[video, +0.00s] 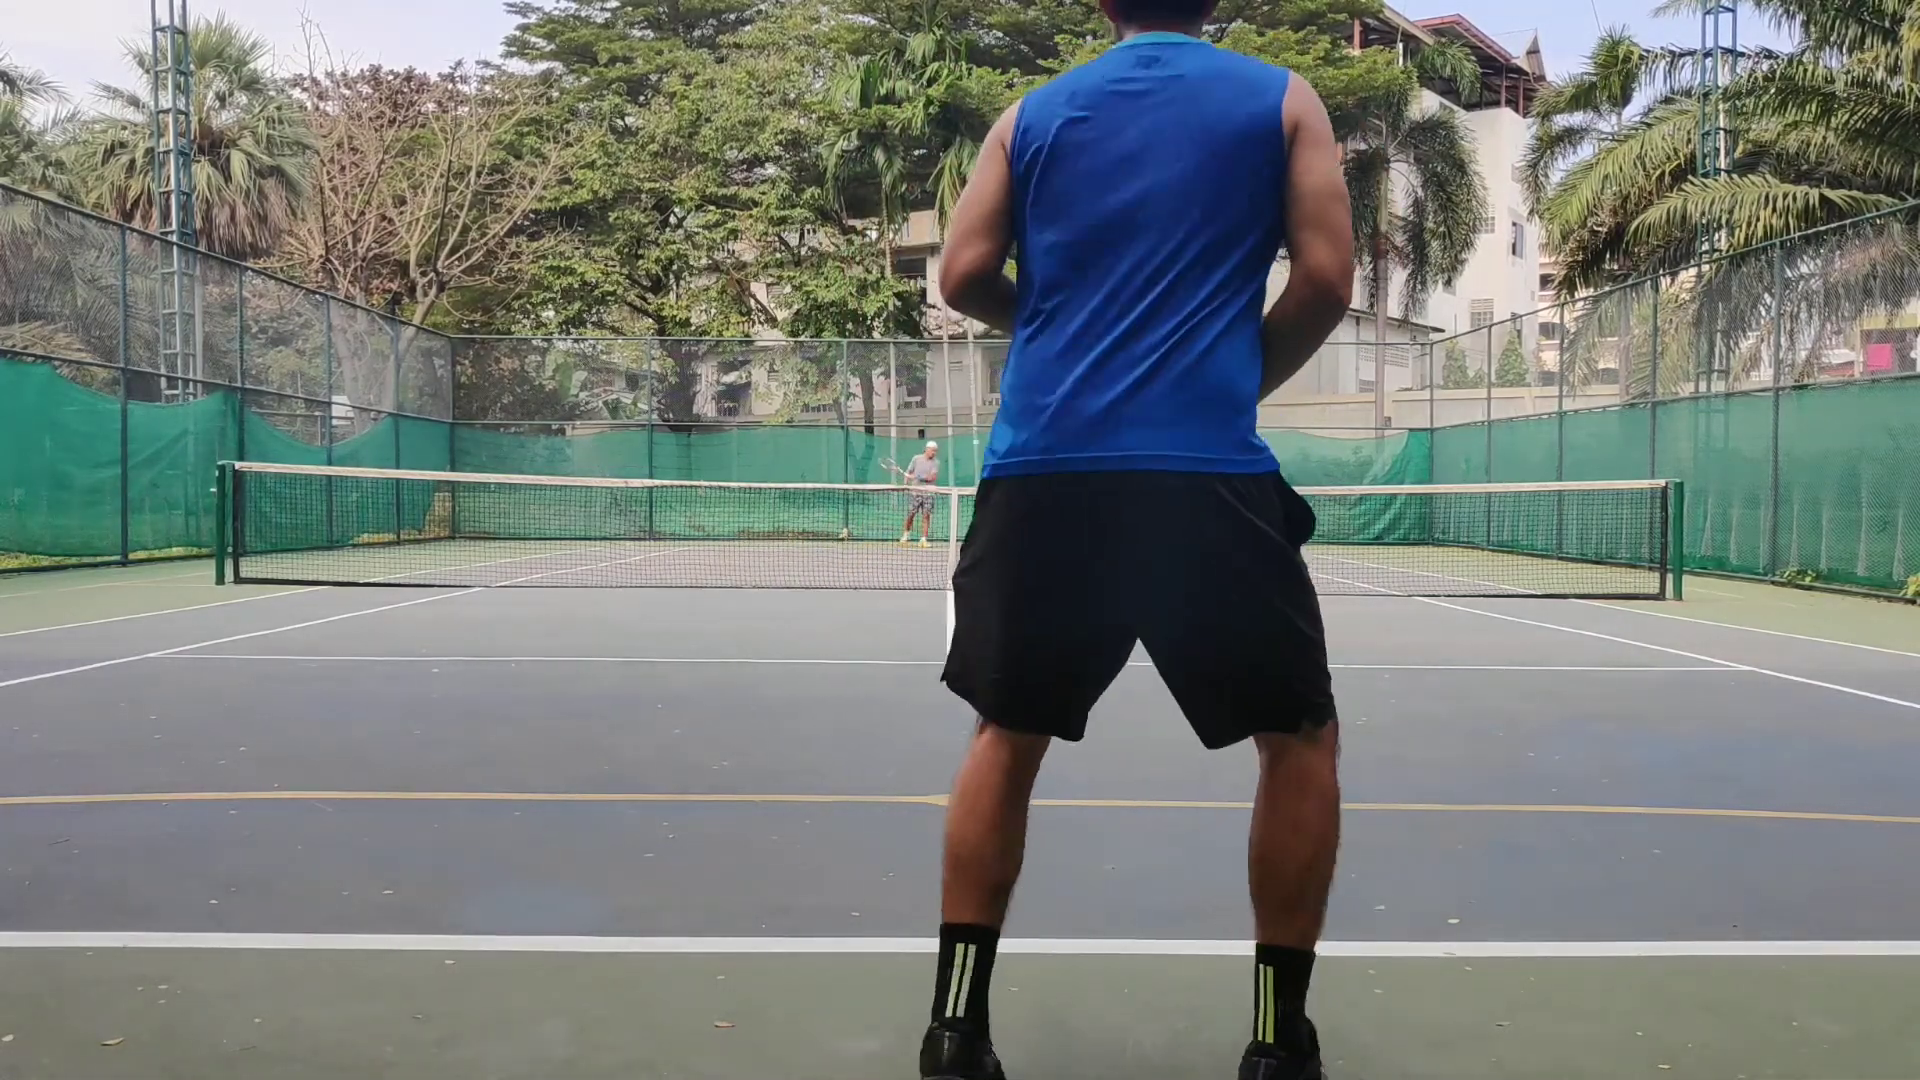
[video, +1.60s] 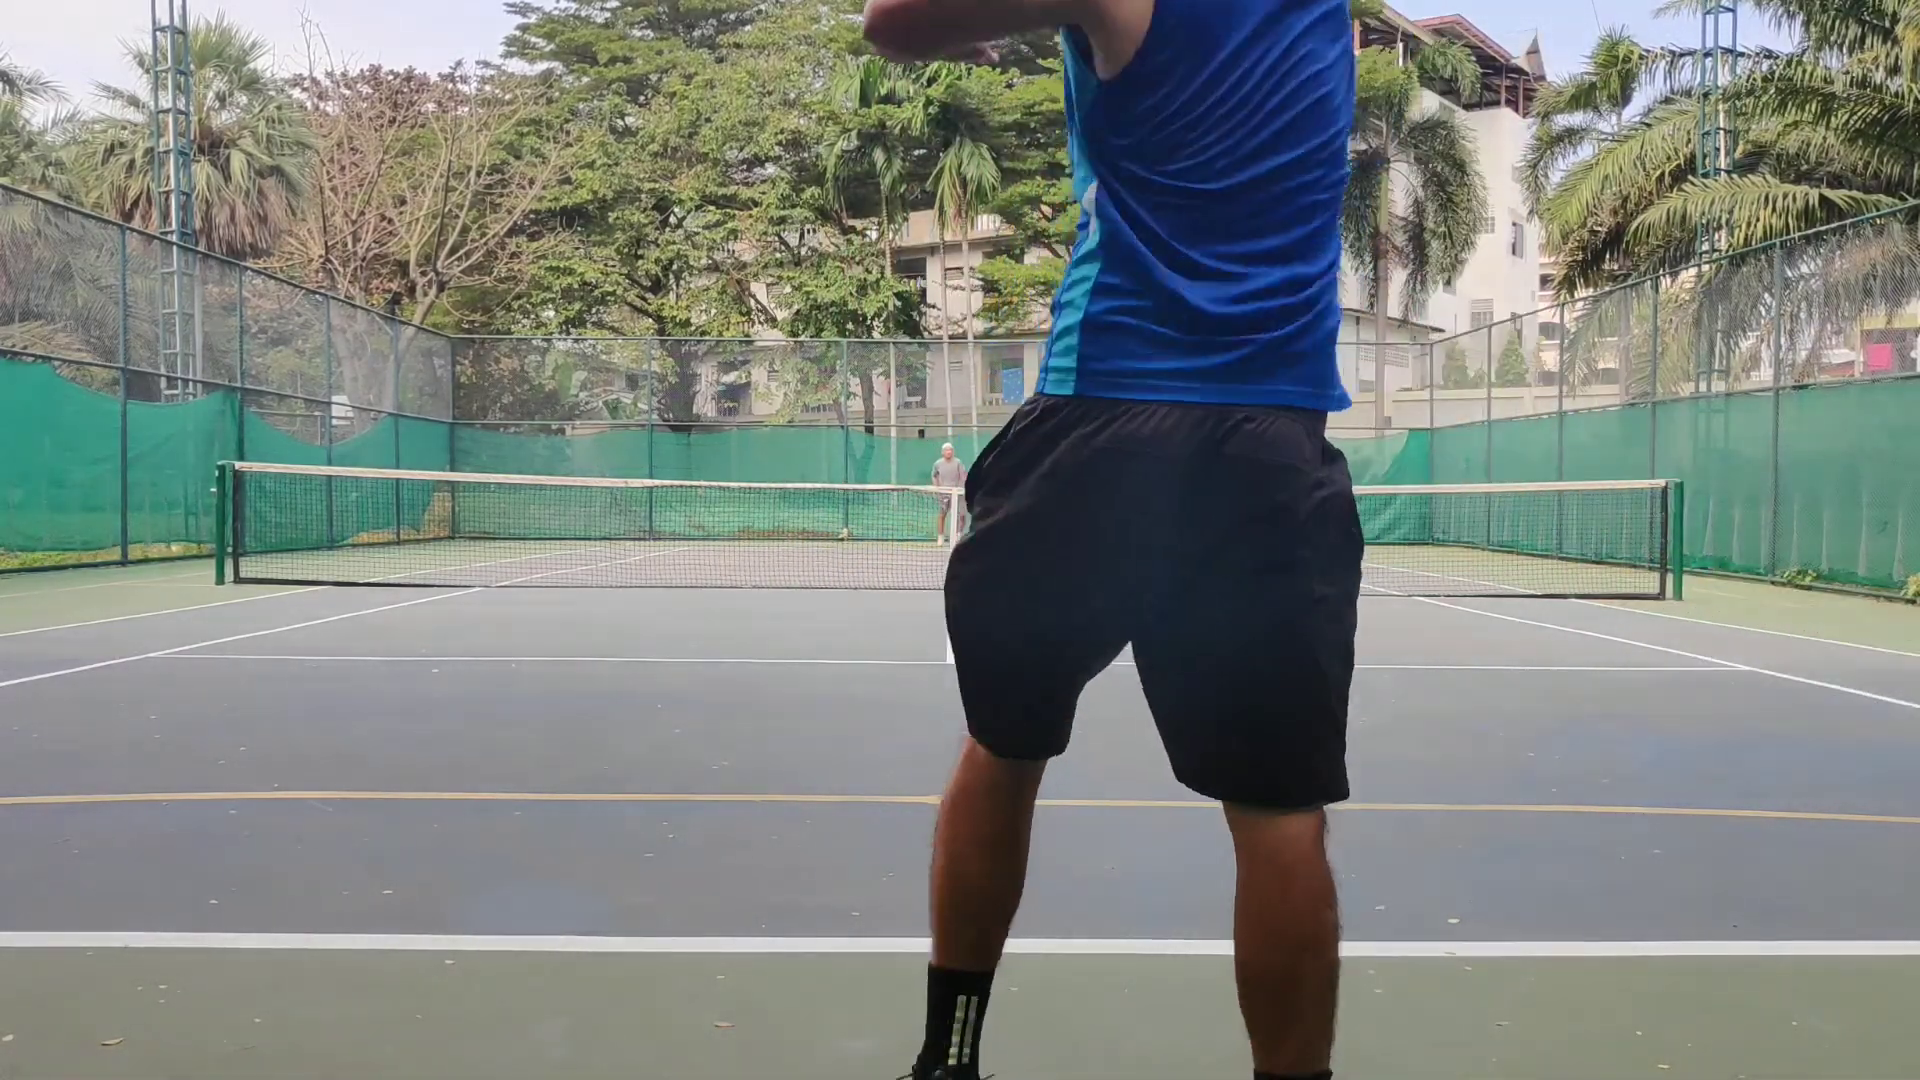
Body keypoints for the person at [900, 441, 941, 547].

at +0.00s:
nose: (933, 453)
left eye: (935, 451)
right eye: (931, 450)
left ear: (936, 452)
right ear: (926, 450)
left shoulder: (935, 462)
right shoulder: (916, 459)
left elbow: (933, 477)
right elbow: (909, 472)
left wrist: (919, 478)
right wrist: (907, 479)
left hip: (928, 490)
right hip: (916, 489)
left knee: (926, 514)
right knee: (912, 512)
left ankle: (924, 537)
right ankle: (906, 532)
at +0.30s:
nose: (927, 451)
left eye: (929, 449)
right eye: (925, 448)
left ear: (931, 450)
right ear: (921, 449)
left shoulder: (933, 461)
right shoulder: (915, 460)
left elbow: (935, 474)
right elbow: (913, 473)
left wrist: (931, 483)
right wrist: (913, 485)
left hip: (928, 490)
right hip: (916, 489)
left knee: (926, 515)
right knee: (914, 514)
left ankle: (925, 537)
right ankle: (918, 533)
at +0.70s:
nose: (924, 452)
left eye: (925, 449)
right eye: (921, 449)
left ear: (929, 451)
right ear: (918, 451)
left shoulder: (933, 461)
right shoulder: (914, 462)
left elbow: (940, 473)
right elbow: (909, 476)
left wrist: (946, 481)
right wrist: (910, 488)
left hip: (931, 491)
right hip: (918, 491)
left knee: (930, 515)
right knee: (919, 515)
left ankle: (929, 537)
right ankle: (919, 535)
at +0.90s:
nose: (927, 450)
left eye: (929, 448)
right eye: (925, 448)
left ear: (932, 449)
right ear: (921, 450)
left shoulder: (937, 460)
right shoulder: (917, 461)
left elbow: (943, 472)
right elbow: (910, 473)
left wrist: (948, 483)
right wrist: (911, 486)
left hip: (934, 490)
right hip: (921, 491)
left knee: (939, 514)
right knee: (921, 515)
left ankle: (941, 536)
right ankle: (920, 536)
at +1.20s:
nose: (939, 453)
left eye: (941, 451)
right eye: (937, 451)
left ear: (943, 452)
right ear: (933, 453)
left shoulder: (948, 464)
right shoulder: (928, 464)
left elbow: (951, 477)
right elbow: (924, 477)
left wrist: (951, 488)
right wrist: (925, 488)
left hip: (945, 491)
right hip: (932, 491)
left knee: (949, 515)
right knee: (928, 514)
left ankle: (950, 534)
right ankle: (921, 534)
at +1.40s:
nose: (946, 451)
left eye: (948, 449)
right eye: (944, 449)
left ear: (950, 450)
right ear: (940, 451)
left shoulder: (955, 461)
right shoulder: (935, 462)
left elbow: (959, 474)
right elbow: (933, 475)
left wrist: (957, 485)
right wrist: (934, 486)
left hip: (952, 490)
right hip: (939, 490)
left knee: (954, 513)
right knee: (937, 512)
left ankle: (954, 534)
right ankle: (934, 534)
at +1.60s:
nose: (948, 452)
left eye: (950, 450)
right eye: (946, 450)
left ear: (953, 452)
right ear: (942, 452)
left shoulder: (958, 463)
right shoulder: (938, 464)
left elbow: (963, 475)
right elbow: (934, 476)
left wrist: (961, 486)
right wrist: (937, 486)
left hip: (957, 490)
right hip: (943, 490)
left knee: (960, 513)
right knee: (942, 513)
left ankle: (958, 533)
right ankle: (940, 535)